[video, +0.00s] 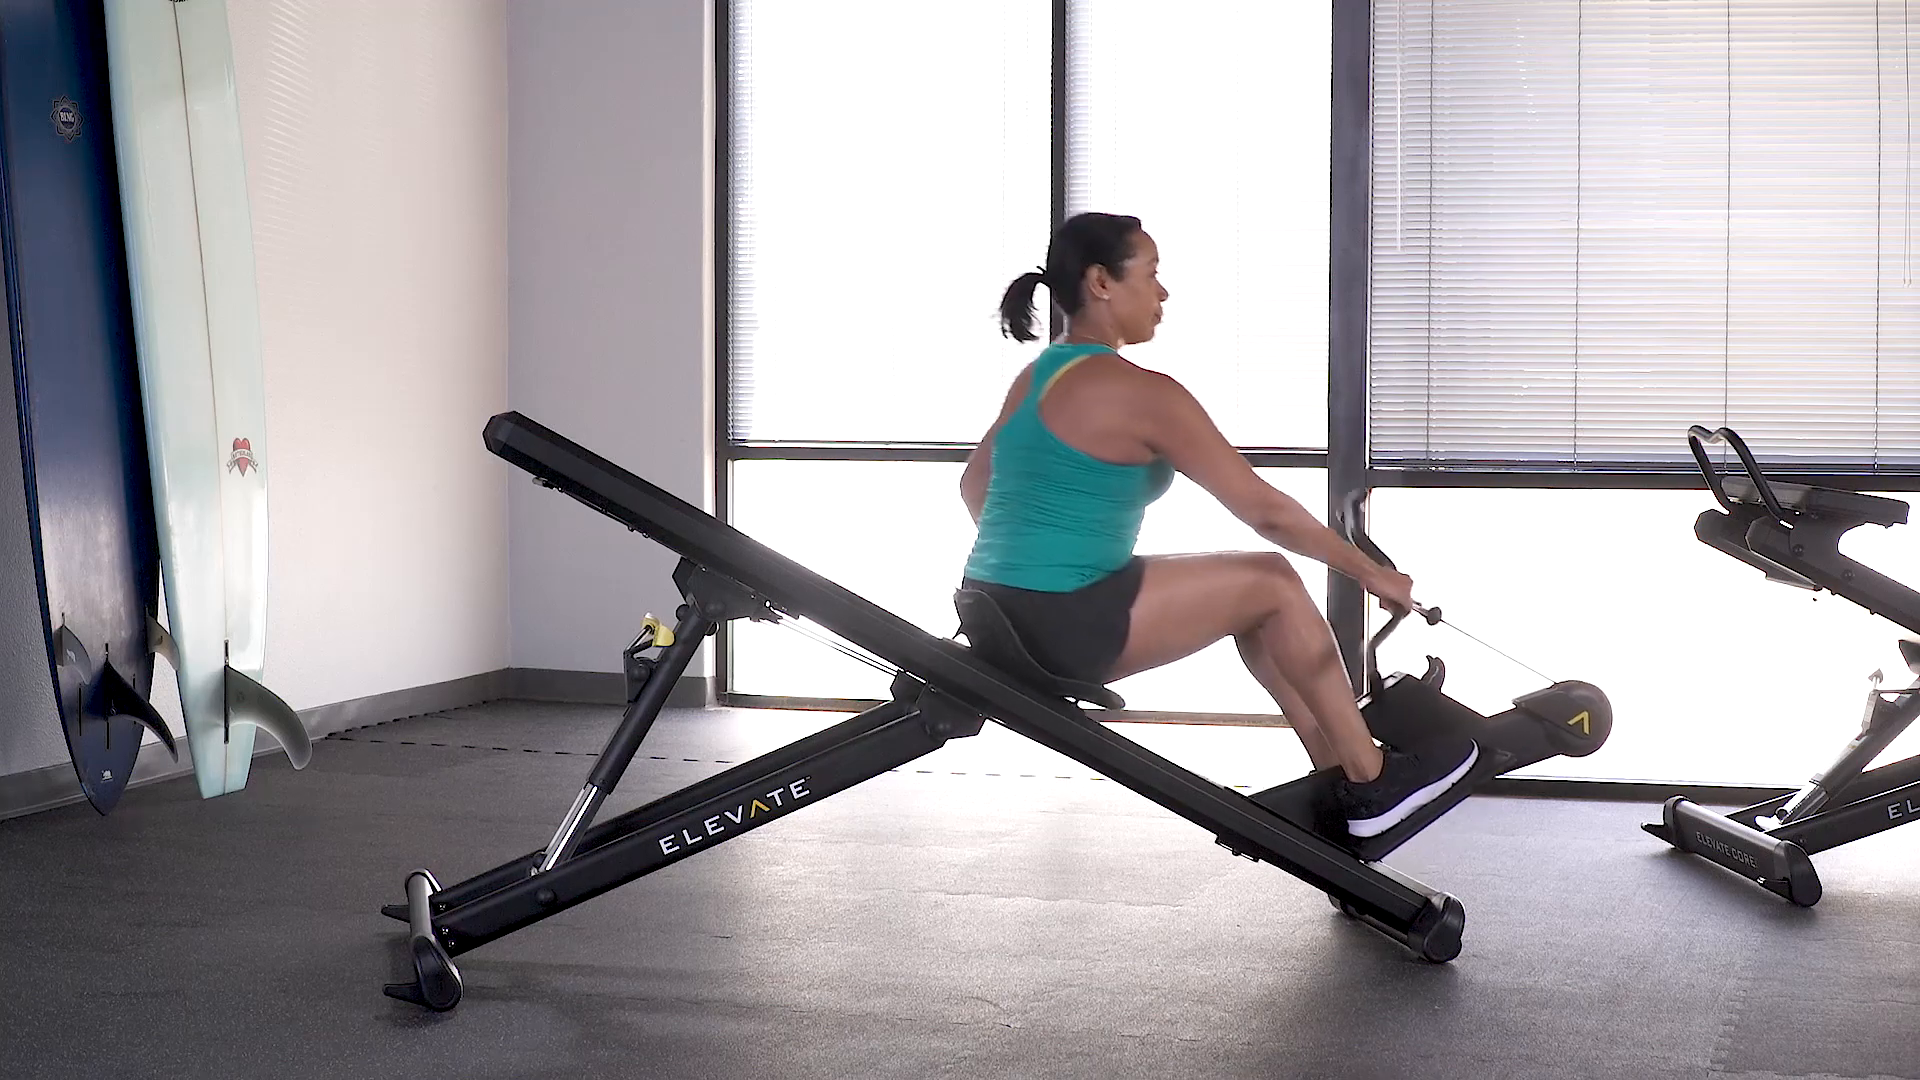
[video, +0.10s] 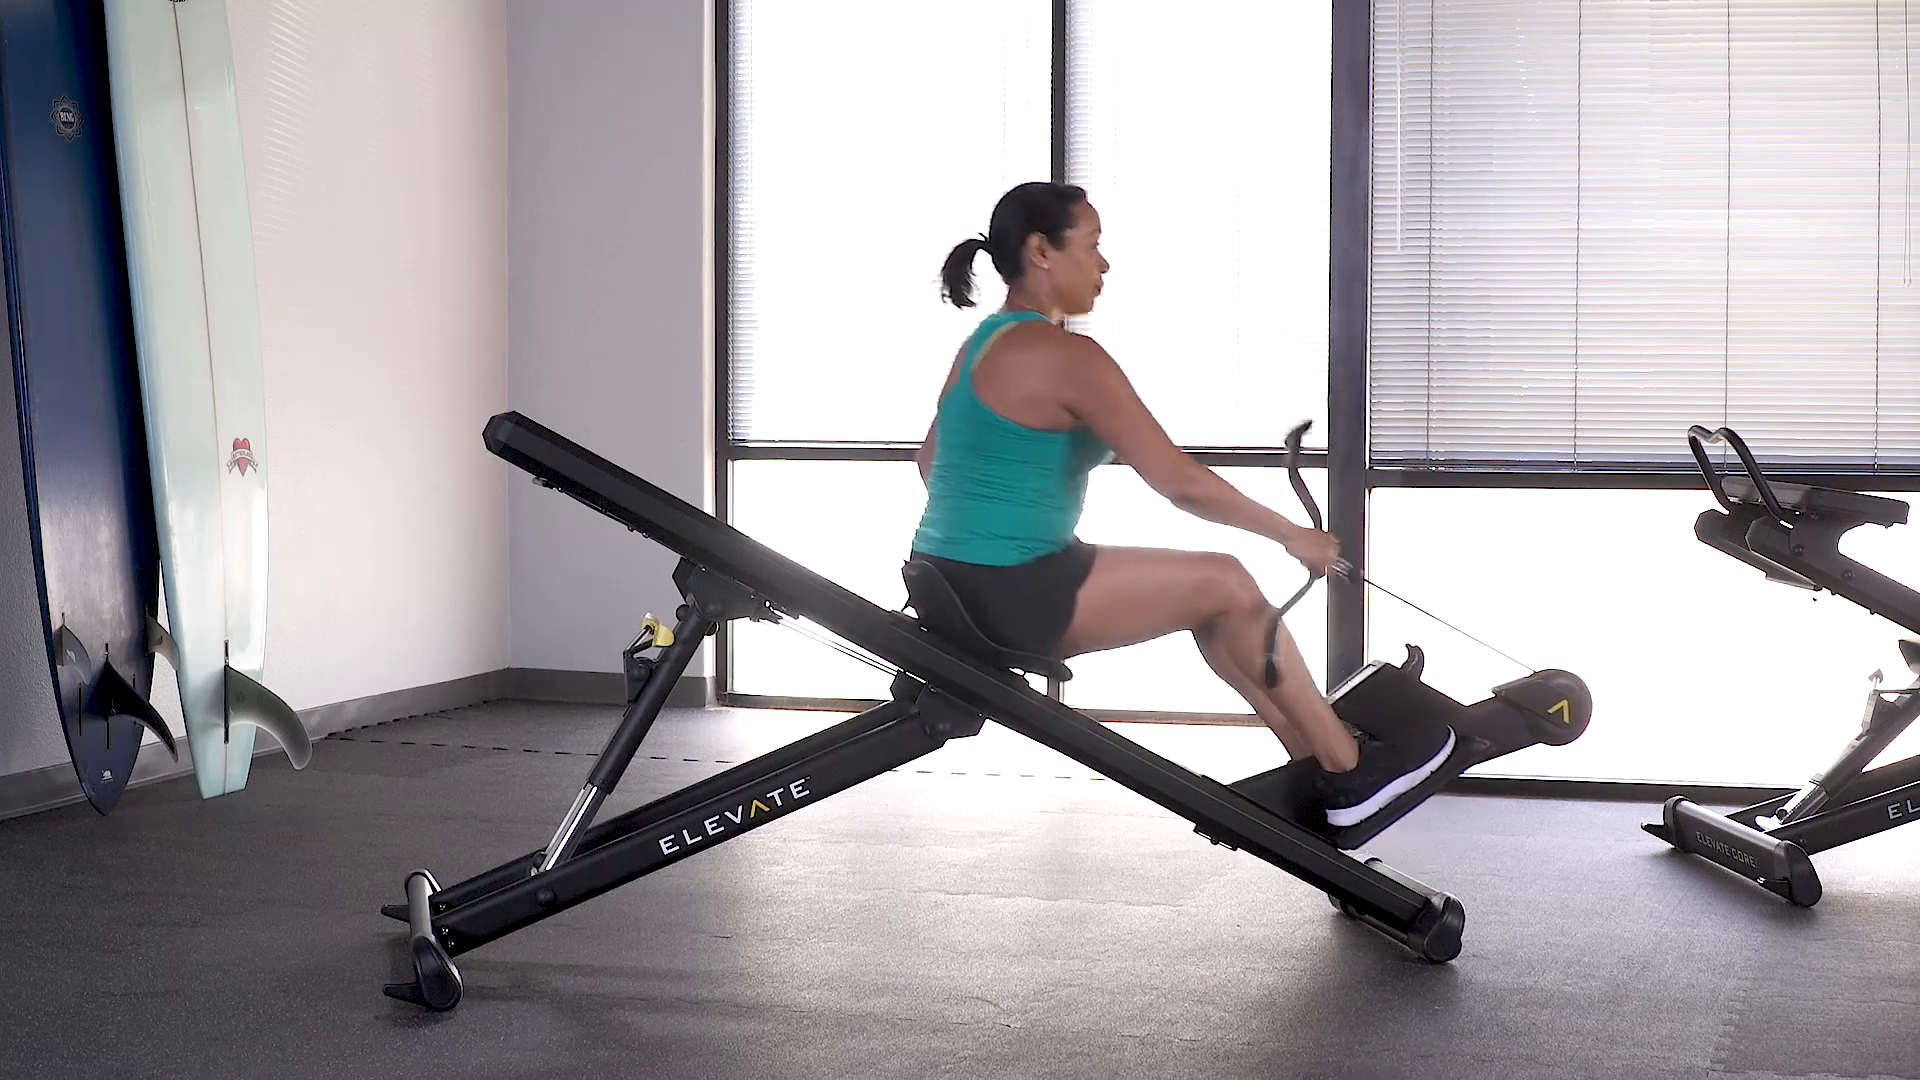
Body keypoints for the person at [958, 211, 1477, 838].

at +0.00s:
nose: (1164, 293)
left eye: (1159, 276)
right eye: (1151, 276)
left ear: (1092, 287)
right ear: (1101, 285)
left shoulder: (1039, 374)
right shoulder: (1145, 394)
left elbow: (975, 485)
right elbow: (1264, 510)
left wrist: (1035, 553)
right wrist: (1371, 570)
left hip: (995, 605)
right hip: (1062, 618)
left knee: (1251, 584)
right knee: (1274, 582)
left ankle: (1332, 760)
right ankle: (1371, 776)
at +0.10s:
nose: (1105, 262)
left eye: (1100, 245)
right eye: (1093, 245)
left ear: (1035, 253)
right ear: (1041, 252)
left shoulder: (983, 342)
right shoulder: (1074, 359)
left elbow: (932, 459)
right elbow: (1181, 481)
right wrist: (1296, 535)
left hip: (948, 583)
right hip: (1010, 591)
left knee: (1209, 588)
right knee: (1227, 581)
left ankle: (1308, 748)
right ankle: (1348, 768)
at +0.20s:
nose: (1044, 232)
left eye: (1040, 214)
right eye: (1031, 214)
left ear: (975, 226)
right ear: (979, 222)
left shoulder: (932, 310)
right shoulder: (987, 317)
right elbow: (1073, 447)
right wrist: (1186, 489)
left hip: (898, 555)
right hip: (942, 560)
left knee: (1155, 596)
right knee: (1165, 587)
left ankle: (1291, 742)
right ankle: (1316, 757)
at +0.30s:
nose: (990, 210)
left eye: (987, 193)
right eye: (979, 193)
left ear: (925, 200)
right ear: (925, 197)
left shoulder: (886, 282)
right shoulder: (912, 286)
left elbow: (953, 418)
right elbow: (959, 417)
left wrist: (1065, 443)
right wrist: (1079, 446)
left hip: (868, 524)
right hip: (890, 529)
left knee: (1106, 601)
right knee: (1119, 593)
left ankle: (1263, 731)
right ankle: (1283, 744)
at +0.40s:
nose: (950, 190)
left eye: (947, 173)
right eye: (939, 172)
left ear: (885, 179)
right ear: (883, 176)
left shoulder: (854, 261)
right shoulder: (855, 264)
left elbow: (856, 386)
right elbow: (850, 386)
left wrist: (972, 403)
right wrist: (977, 404)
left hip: (837, 504)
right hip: (854, 510)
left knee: (1067, 595)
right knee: (1074, 593)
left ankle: (1235, 719)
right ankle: (1249, 731)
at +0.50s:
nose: (926, 178)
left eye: (923, 160)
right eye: (914, 159)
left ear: (863, 164)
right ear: (860, 162)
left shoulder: (844, 249)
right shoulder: (820, 249)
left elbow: (797, 356)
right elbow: (766, 355)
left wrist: (908, 374)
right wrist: (895, 375)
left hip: (848, 488)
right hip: (821, 498)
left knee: (1049, 585)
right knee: (1046, 593)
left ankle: (1215, 713)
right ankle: (1228, 721)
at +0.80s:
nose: (937, 189)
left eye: (935, 171)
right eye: (927, 171)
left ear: (878, 174)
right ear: (875, 172)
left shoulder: (859, 262)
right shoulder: (836, 265)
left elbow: (825, 380)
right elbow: (801, 382)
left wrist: (934, 388)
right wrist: (930, 387)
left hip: (862, 500)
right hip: (843, 510)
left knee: (1073, 580)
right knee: (1077, 581)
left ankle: (1234, 718)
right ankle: (1243, 725)